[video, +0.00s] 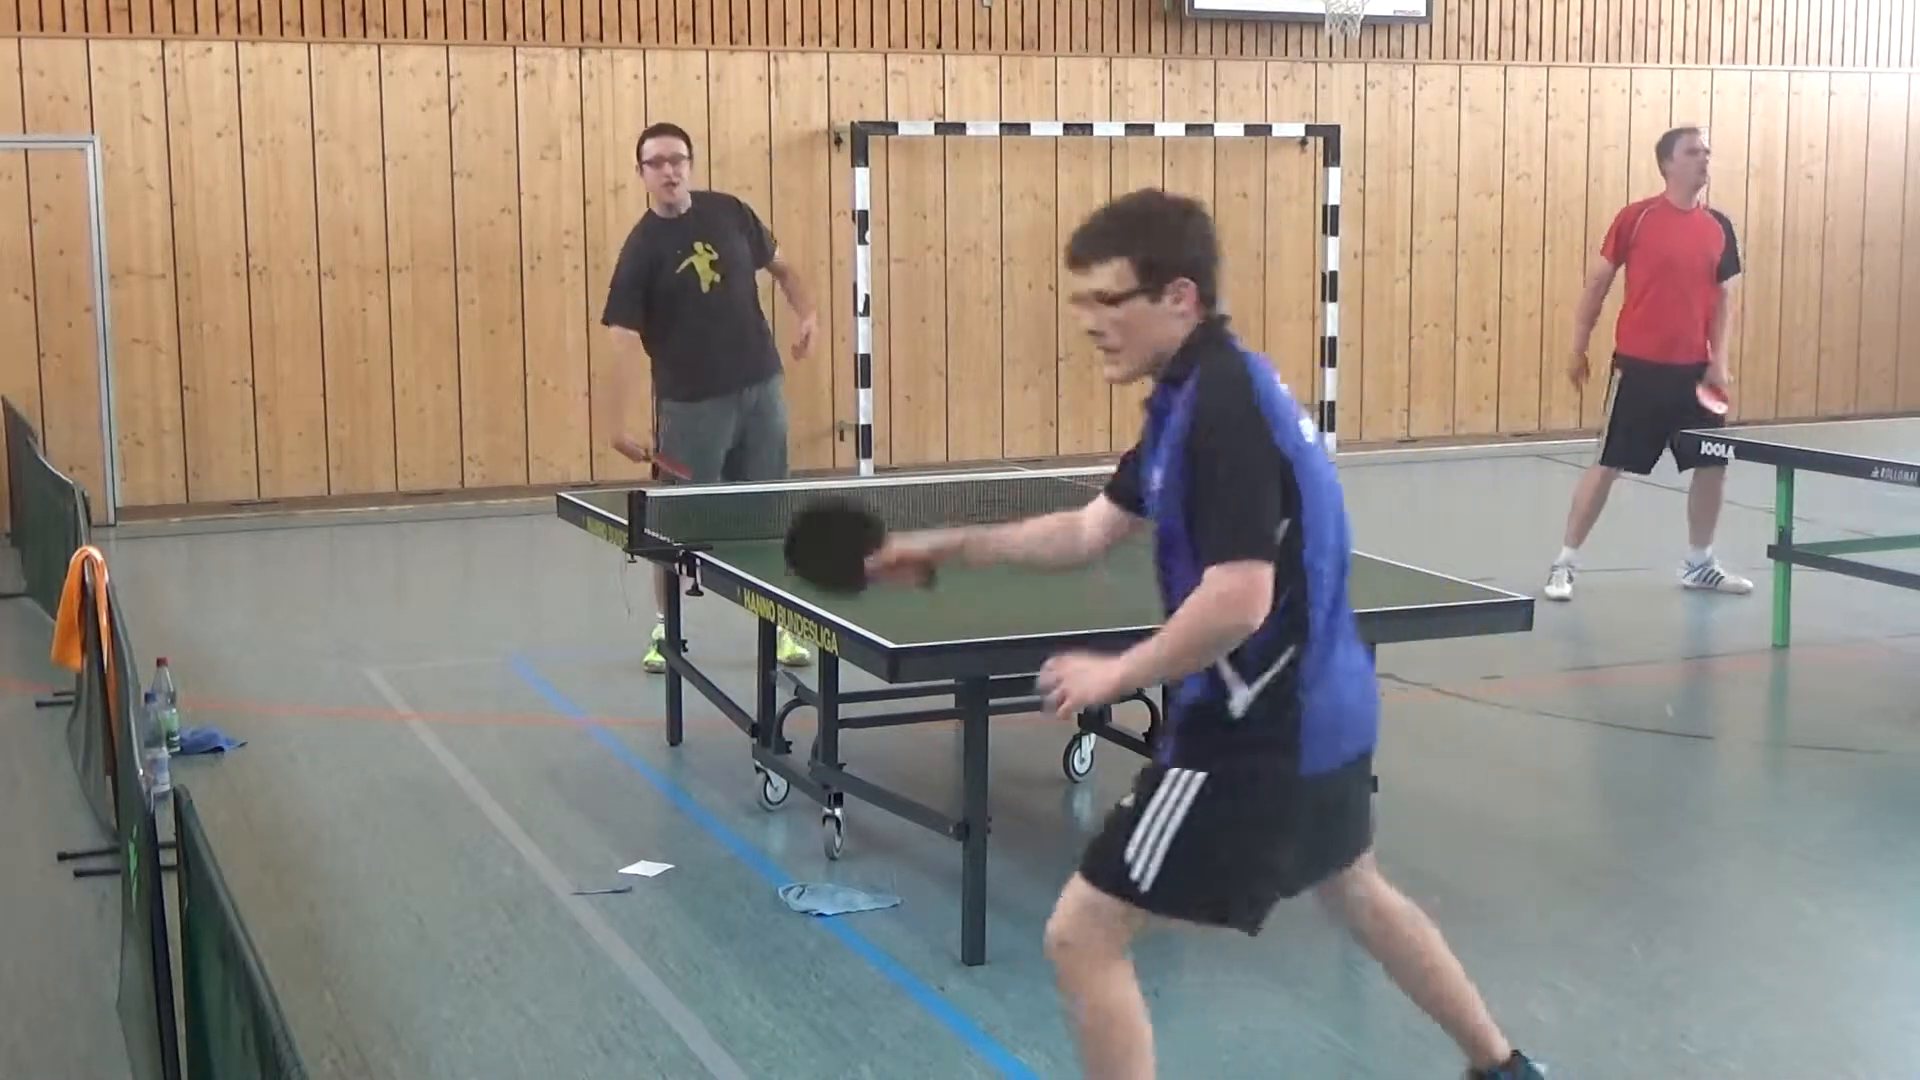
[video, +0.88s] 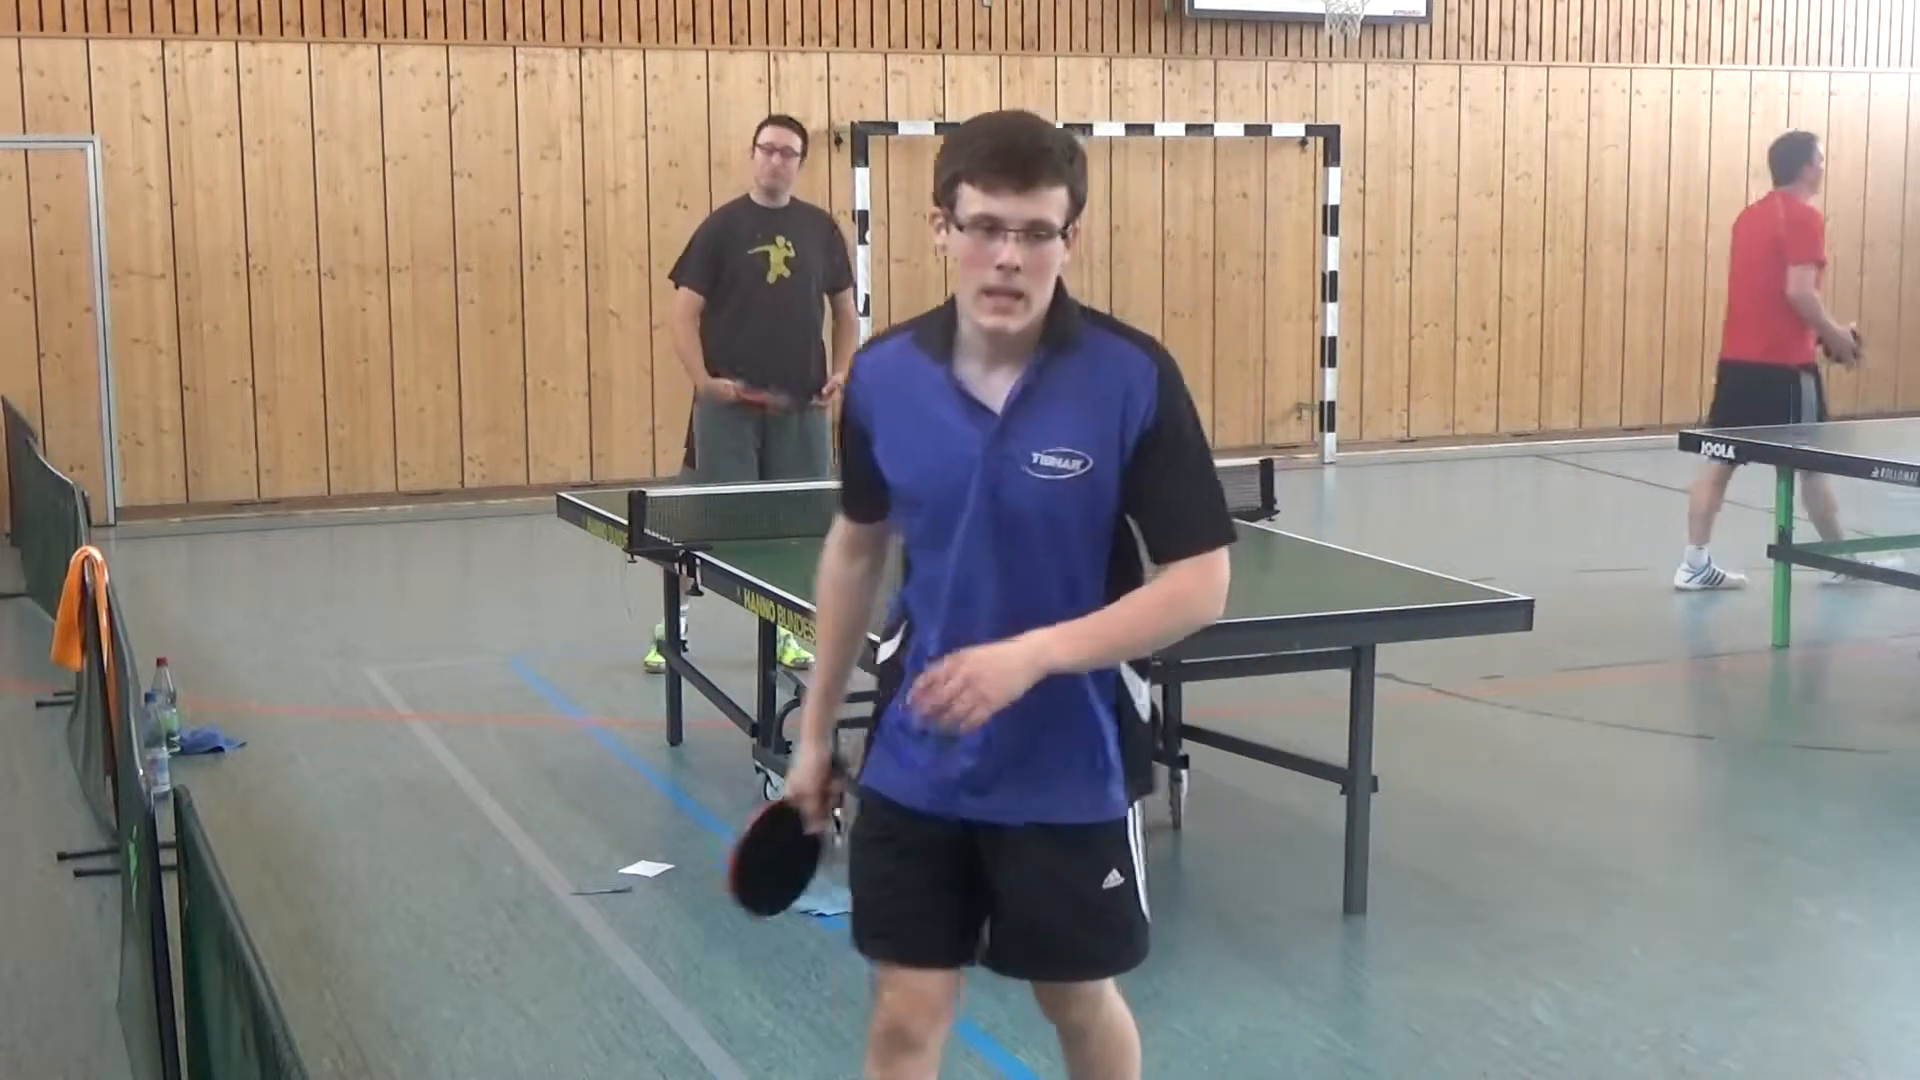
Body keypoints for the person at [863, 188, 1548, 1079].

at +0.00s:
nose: (1091, 323)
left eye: (1110, 302)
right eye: (1084, 303)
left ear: (1181, 297)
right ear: (1179, 305)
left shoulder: (1221, 401)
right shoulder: (1193, 392)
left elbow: (1239, 595)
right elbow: (1091, 529)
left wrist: (1116, 672)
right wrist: (941, 548)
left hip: (1245, 736)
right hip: (1319, 718)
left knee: (1083, 939)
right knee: (1358, 887)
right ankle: (1499, 1060)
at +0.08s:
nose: (1062, 319)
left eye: (1083, 296)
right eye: (1053, 297)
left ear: (1153, 293)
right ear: (1043, 293)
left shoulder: (1190, 402)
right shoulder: (1152, 391)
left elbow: (1228, 600)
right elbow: (1095, 545)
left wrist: (1091, 696)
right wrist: (958, 625)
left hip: (1215, 727)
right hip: (1265, 711)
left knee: (1064, 942)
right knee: (1280, 887)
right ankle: (1426, 1060)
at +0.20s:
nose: (1040, 296)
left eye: (1064, 273)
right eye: (1028, 273)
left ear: (1135, 274)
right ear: (1016, 270)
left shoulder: (1180, 392)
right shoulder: (1101, 375)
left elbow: (1219, 596)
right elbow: (1083, 548)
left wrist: (1067, 699)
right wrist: (1021, 696)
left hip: (1181, 721)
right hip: (1171, 705)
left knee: (1054, 944)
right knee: (1190, 915)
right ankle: (1299, 1071)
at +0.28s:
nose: (1038, 276)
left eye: (1065, 253)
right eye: (1026, 251)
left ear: (1132, 257)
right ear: (1012, 248)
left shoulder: (1180, 378)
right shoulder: (1073, 366)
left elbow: (1228, 582)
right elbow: (1080, 554)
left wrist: (1062, 688)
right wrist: (1047, 691)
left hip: (1164, 725)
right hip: (1112, 709)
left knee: (1056, 945)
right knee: (1143, 919)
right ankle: (1229, 1069)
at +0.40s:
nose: (1044, 246)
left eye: (1074, 224)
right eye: (1027, 219)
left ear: (1132, 232)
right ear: (1009, 219)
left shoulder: (1183, 364)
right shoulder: (1041, 347)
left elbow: (1239, 565)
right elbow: (1066, 527)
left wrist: (1064, 661)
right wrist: (1037, 678)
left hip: (1134, 719)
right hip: (1061, 698)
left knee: (1080, 948)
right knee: (1024, 901)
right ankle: (1102, 1061)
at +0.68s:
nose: (1039, 251)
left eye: (1068, 229)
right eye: (1018, 223)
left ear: (1109, 237)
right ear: (988, 224)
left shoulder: (1172, 376)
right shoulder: (953, 358)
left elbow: (1229, 573)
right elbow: (953, 529)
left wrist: (1049, 620)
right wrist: (931, 705)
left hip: (1105, 747)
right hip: (972, 729)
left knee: (1117, 986)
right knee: (917, 972)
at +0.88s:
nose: (1008, 258)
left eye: (1036, 234)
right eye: (985, 230)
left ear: (1072, 240)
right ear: (942, 232)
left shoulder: (1132, 380)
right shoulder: (881, 376)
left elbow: (1200, 585)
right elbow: (856, 544)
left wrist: (1030, 655)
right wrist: (813, 734)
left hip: (1061, 769)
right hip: (915, 762)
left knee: (1082, 1005)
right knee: (902, 1025)